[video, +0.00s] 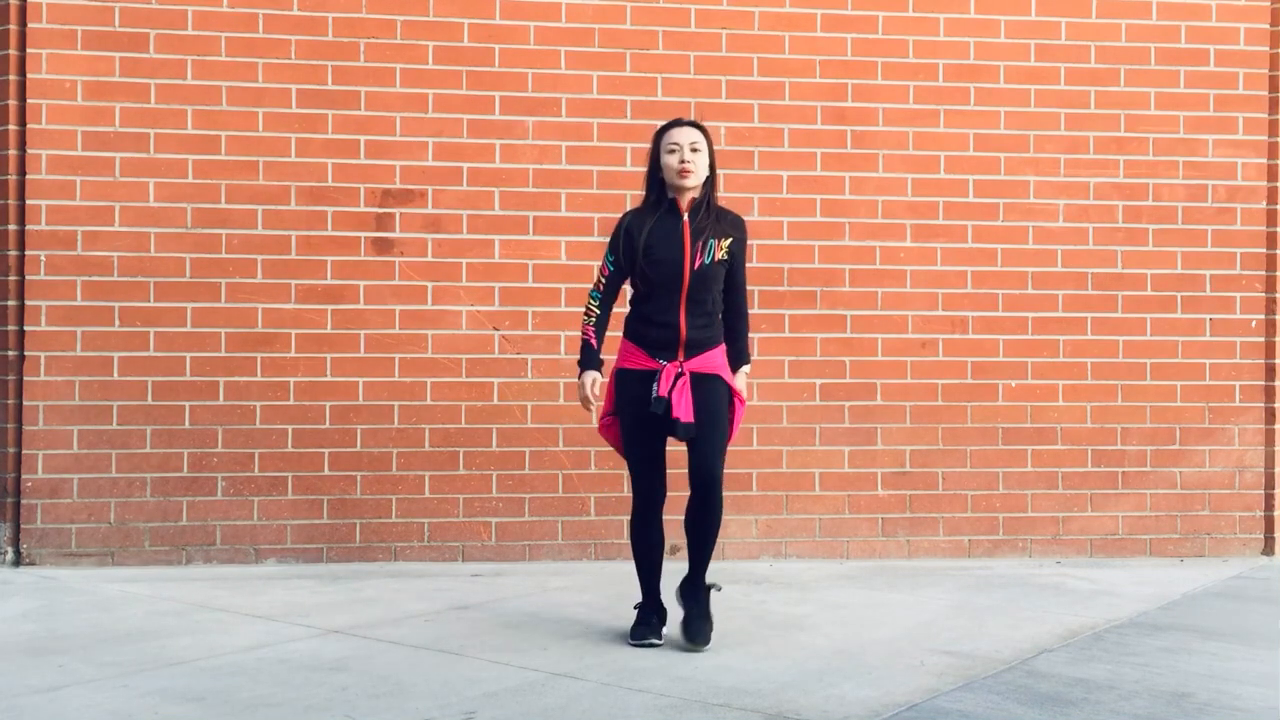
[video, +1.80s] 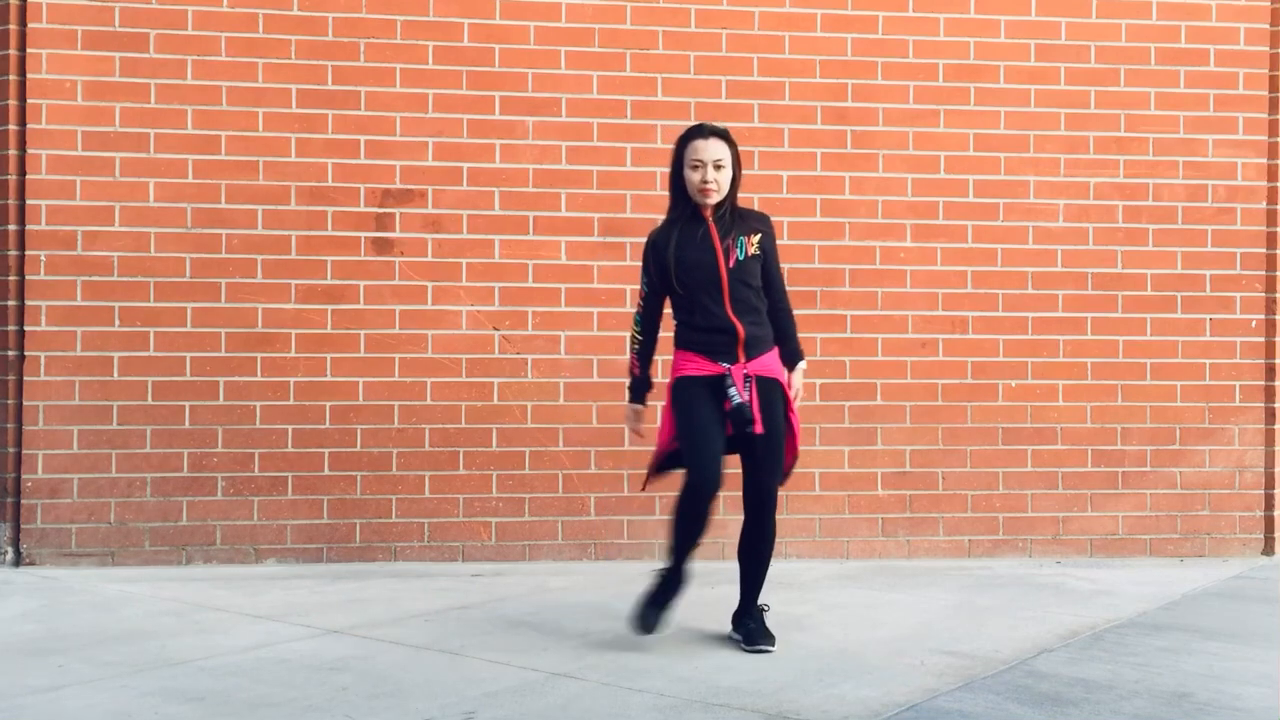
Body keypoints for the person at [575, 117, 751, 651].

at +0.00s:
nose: (685, 158)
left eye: (694, 149)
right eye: (674, 150)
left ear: (710, 161)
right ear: (658, 162)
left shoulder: (729, 227)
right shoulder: (635, 224)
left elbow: (735, 299)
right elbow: (602, 294)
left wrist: (741, 362)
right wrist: (589, 361)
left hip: (708, 367)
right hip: (642, 367)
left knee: (709, 482)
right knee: (648, 493)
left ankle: (696, 587)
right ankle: (650, 604)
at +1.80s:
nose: (707, 176)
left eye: (718, 166)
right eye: (696, 166)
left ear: (733, 171)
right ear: (680, 172)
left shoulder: (755, 225)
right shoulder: (665, 240)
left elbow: (776, 298)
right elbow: (647, 316)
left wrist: (794, 361)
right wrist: (638, 388)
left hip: (760, 370)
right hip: (697, 372)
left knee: (762, 496)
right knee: (704, 477)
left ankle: (749, 609)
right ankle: (672, 576)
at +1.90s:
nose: (711, 173)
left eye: (721, 163)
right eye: (699, 163)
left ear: (737, 169)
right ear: (684, 171)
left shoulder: (761, 222)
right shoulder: (669, 238)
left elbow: (782, 294)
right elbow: (657, 315)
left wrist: (800, 355)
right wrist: (653, 389)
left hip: (767, 368)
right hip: (705, 370)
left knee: (761, 484)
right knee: (732, 468)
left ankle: (749, 605)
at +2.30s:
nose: (714, 173)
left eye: (724, 162)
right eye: (702, 164)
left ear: (740, 169)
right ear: (687, 175)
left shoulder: (766, 228)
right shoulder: (674, 242)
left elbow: (786, 300)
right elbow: (655, 319)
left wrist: (800, 361)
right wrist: (645, 390)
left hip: (762, 372)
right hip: (698, 372)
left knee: (769, 488)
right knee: (703, 457)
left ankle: (753, 603)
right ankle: (736, 572)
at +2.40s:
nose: (710, 162)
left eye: (721, 151)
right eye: (698, 153)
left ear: (737, 159)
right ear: (685, 163)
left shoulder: (761, 220)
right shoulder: (669, 229)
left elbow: (779, 292)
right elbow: (648, 305)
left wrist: (793, 354)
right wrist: (635, 375)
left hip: (750, 366)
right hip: (685, 364)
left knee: (753, 494)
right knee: (662, 435)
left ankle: (748, 609)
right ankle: (674, 545)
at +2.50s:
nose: (705, 160)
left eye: (714, 149)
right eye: (693, 151)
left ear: (731, 156)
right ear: (679, 162)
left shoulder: (755, 220)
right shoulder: (662, 222)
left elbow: (769, 292)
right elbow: (638, 296)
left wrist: (780, 351)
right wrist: (622, 365)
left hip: (734, 367)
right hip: (667, 364)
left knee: (736, 491)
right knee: (627, 467)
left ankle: (747, 609)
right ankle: (623, 566)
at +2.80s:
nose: (670, 172)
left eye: (681, 162)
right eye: (659, 162)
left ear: (697, 170)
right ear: (644, 171)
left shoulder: (708, 244)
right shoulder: (617, 227)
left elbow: (714, 318)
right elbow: (565, 286)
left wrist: (707, 365)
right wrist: (596, 311)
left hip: (662, 377)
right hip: (599, 372)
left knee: (667, 478)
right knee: (591, 496)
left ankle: (672, 574)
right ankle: (597, 604)